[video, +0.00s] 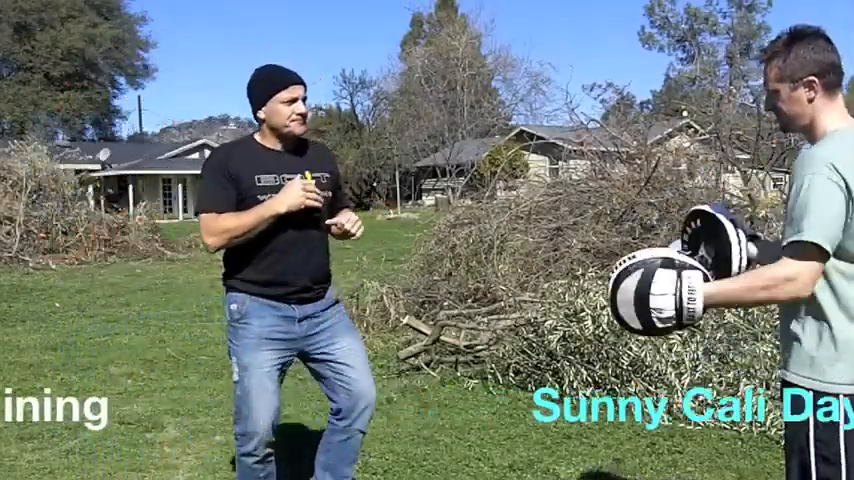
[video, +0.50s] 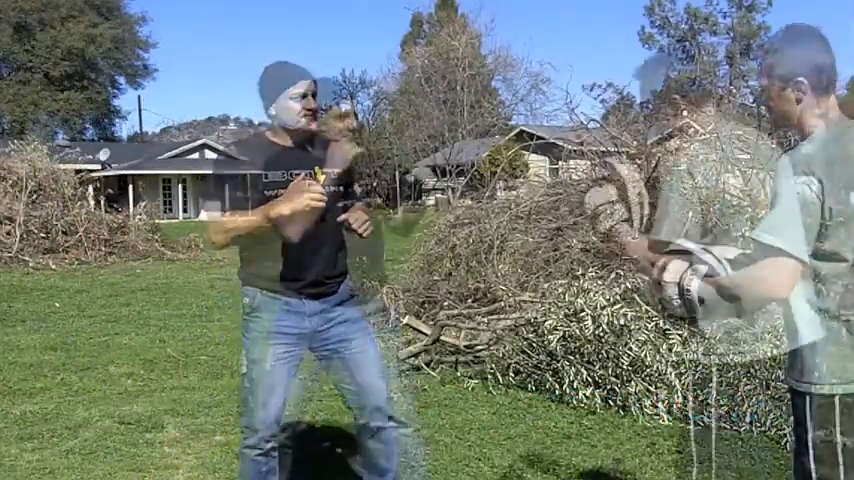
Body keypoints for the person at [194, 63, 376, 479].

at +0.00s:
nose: (301, 109)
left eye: (303, 100)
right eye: (289, 102)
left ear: (306, 102)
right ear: (261, 109)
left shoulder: (319, 156)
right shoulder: (226, 160)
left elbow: (335, 214)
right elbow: (212, 235)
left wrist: (343, 222)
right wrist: (277, 204)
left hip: (322, 307)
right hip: (257, 311)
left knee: (358, 398)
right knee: (257, 430)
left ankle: (330, 476)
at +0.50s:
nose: (313, 105)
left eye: (314, 96)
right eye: (302, 97)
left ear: (316, 99)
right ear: (274, 104)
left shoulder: (330, 151)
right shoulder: (244, 156)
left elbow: (351, 210)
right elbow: (216, 234)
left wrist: (361, 217)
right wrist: (277, 208)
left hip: (336, 302)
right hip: (272, 306)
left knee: (377, 410)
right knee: (262, 429)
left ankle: (383, 476)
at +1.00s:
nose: (393, 129)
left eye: (396, 120)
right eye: (383, 121)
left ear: (398, 122)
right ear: (355, 124)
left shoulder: (401, 171)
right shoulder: (317, 162)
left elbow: (421, 238)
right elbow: (320, 224)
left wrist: (440, 199)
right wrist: (368, 172)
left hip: (386, 318)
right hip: (321, 316)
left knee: (410, 426)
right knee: (284, 426)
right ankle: (261, 476)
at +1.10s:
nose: (387, 132)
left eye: (390, 122)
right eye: (376, 124)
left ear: (393, 122)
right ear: (348, 126)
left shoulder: (401, 170)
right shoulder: (311, 163)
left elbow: (419, 240)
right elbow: (310, 230)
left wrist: (435, 208)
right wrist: (359, 177)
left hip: (381, 318)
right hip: (315, 315)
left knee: (408, 423)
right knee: (278, 421)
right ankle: (257, 476)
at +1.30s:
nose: (363, 191)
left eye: (369, 179)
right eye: (351, 182)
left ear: (377, 172)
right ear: (329, 180)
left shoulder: (395, 200)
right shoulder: (297, 203)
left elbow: (425, 260)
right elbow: (283, 276)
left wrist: (418, 254)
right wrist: (325, 236)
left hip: (374, 325)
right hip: (304, 325)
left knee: (409, 413)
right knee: (267, 408)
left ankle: (418, 476)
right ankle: (252, 475)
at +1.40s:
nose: (347, 229)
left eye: (353, 217)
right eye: (335, 221)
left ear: (361, 210)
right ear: (314, 218)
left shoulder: (383, 228)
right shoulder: (286, 230)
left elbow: (418, 281)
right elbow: (268, 306)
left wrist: (403, 280)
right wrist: (303, 273)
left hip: (369, 325)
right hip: (305, 326)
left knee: (408, 406)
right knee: (260, 403)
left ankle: (416, 475)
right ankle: (249, 474)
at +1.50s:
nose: (329, 234)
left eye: (334, 222)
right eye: (317, 226)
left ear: (342, 213)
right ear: (297, 226)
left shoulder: (367, 230)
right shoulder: (270, 240)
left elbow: (407, 291)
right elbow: (261, 317)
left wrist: (387, 287)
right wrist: (291, 278)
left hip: (364, 325)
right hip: (301, 329)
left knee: (406, 407)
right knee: (257, 402)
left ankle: (415, 475)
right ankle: (249, 475)